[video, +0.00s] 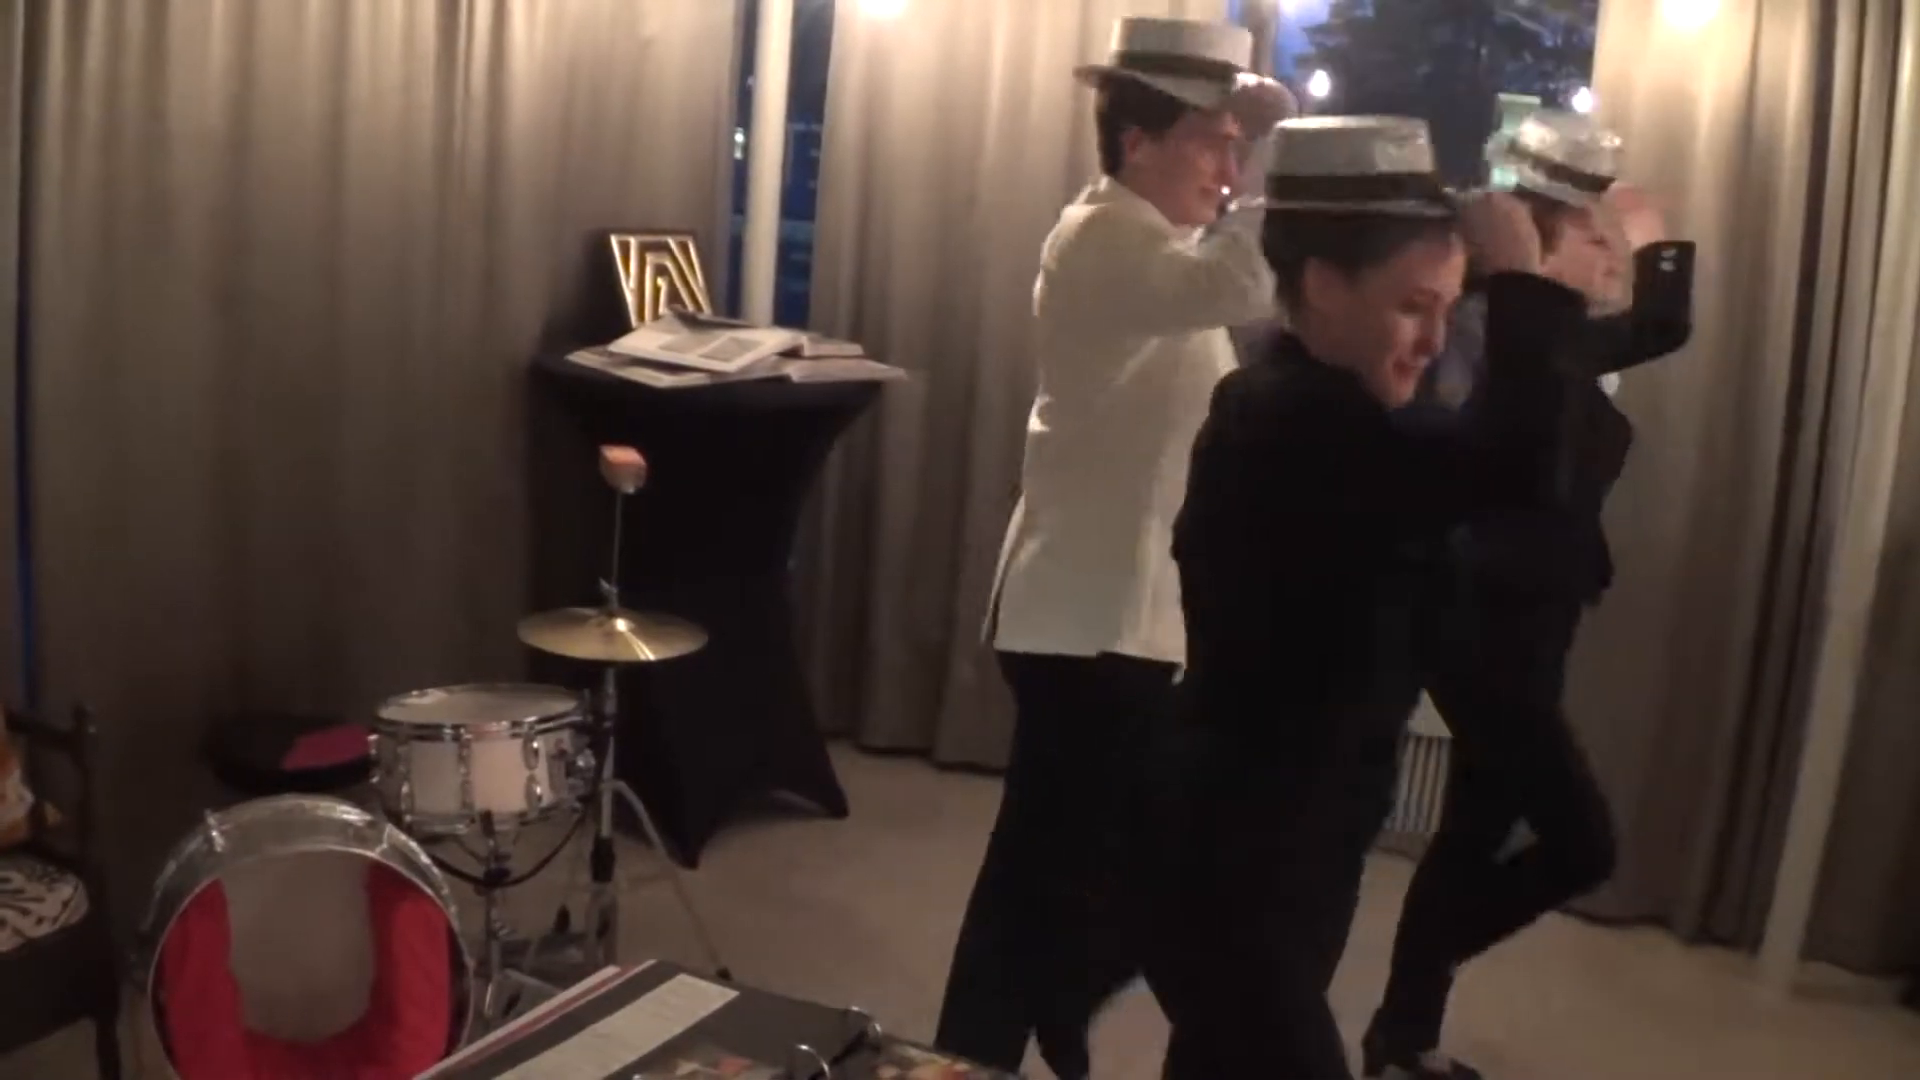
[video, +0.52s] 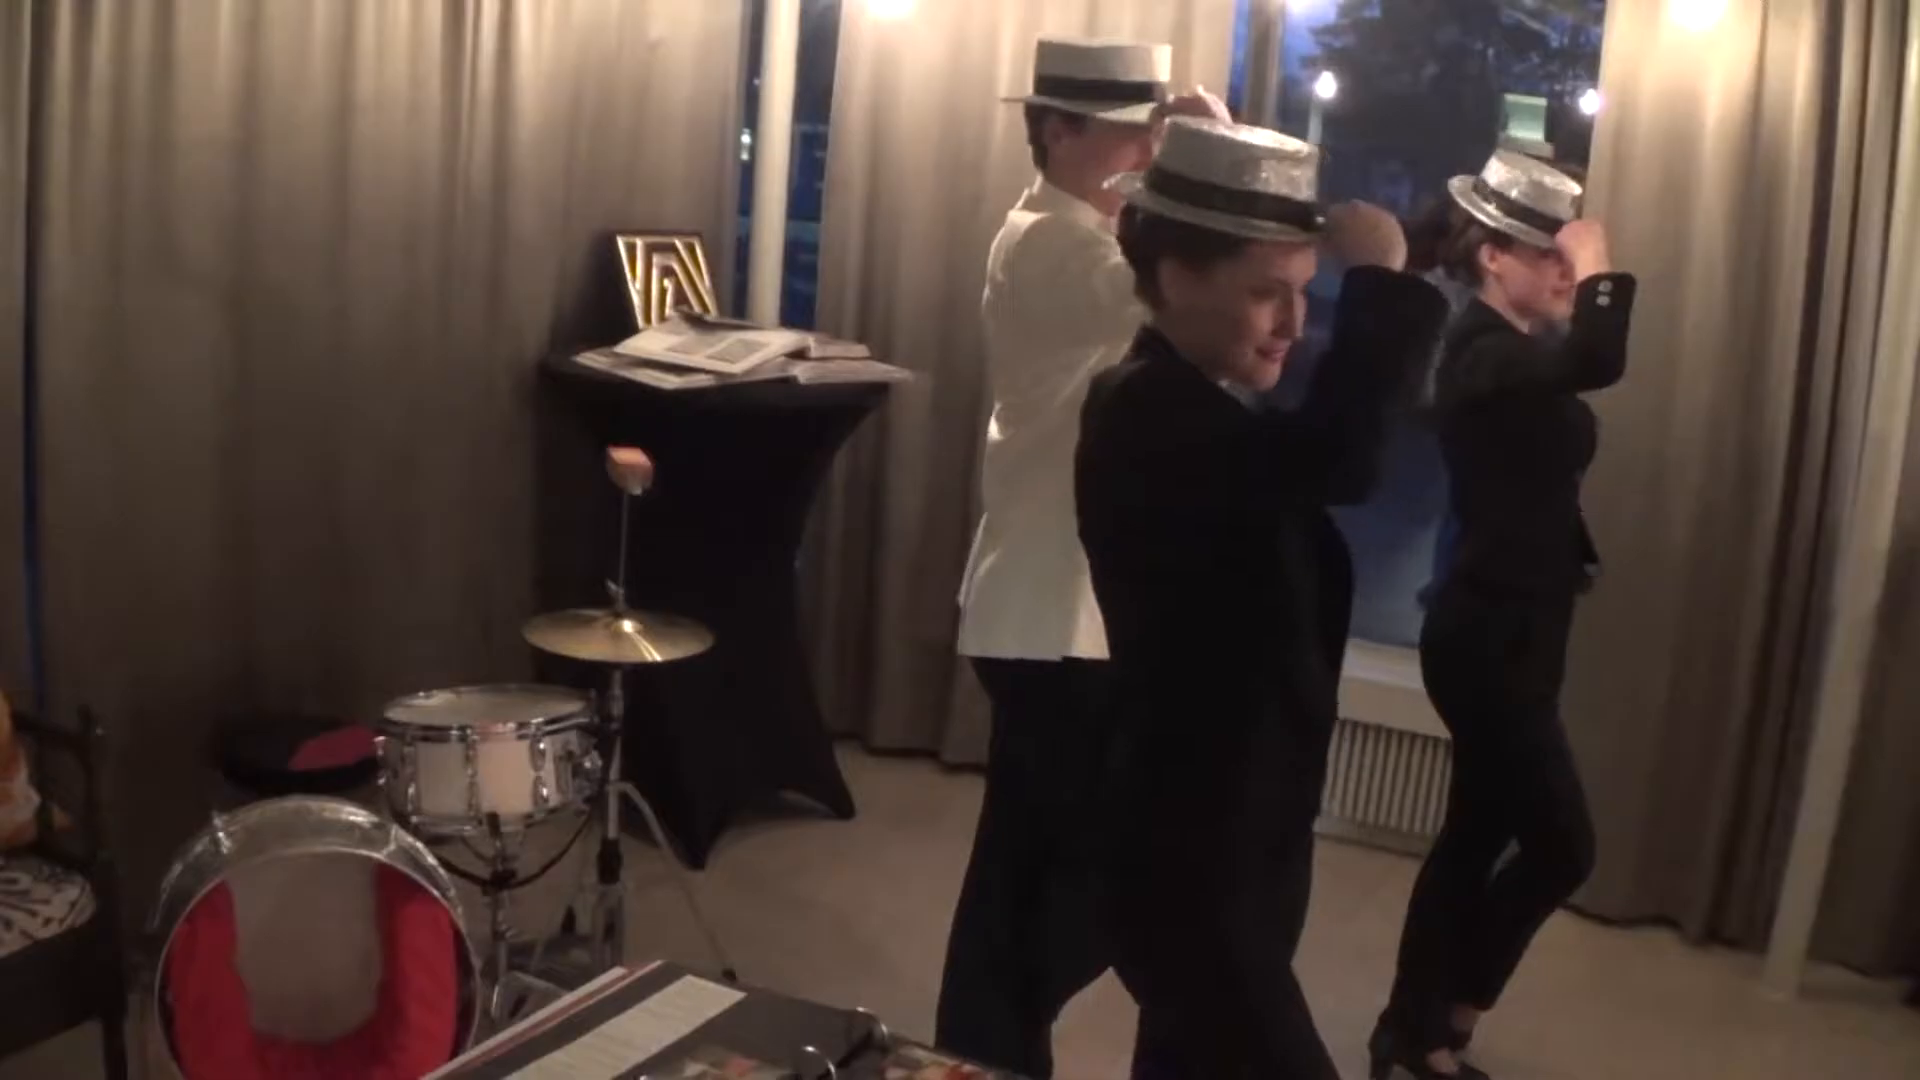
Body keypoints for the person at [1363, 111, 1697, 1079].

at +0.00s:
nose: (1611, 259)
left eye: (1610, 243)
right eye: (1597, 239)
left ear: (1547, 243)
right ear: (1544, 237)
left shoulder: (1546, 329)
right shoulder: (1517, 325)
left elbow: (1657, 329)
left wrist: (1652, 246)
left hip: (1517, 628)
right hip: (1479, 632)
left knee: (1471, 836)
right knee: (1580, 849)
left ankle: (1404, 1033)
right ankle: (1422, 954)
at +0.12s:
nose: (1607, 274)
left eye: (1608, 257)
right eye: (1593, 252)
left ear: (1561, 259)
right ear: (1541, 251)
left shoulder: (1532, 344)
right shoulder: (1510, 336)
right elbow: (1632, 334)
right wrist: (1637, 253)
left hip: (1512, 631)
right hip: (1480, 636)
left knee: (1466, 839)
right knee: (1567, 846)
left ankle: (1404, 1034)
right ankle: (1446, 960)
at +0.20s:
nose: (1600, 274)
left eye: (1599, 258)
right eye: (1584, 255)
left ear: (1537, 259)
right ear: (1529, 255)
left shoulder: (1526, 342)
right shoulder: (1506, 338)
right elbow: (1618, 341)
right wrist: (1625, 256)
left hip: (1506, 627)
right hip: (1481, 631)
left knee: (1469, 835)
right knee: (1553, 846)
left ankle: (1410, 1034)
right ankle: (1441, 1018)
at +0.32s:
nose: (1584, 280)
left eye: (1585, 266)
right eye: (1571, 263)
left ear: (1517, 262)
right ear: (1514, 260)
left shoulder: (1519, 346)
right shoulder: (1497, 349)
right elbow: (1602, 356)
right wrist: (1614, 274)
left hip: (1511, 628)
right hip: (1482, 633)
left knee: (1472, 836)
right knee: (1552, 845)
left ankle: (1414, 1032)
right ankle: (1442, 1015)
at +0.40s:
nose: (1574, 280)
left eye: (1575, 266)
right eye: (1559, 262)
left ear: (1504, 263)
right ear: (1499, 260)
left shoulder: (1515, 346)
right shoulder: (1481, 347)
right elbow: (1598, 360)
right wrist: (1604, 275)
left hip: (1518, 628)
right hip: (1481, 631)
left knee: (1472, 838)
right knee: (1553, 845)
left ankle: (1413, 1034)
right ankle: (1444, 1016)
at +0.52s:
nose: (1569, 277)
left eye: (1570, 262)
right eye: (1552, 259)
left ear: (1501, 262)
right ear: (1493, 258)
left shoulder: (1511, 343)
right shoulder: (1483, 345)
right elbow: (1596, 361)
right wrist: (1599, 272)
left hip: (1518, 627)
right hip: (1484, 632)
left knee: (1473, 837)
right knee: (1560, 847)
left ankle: (1413, 1033)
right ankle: (1444, 1017)